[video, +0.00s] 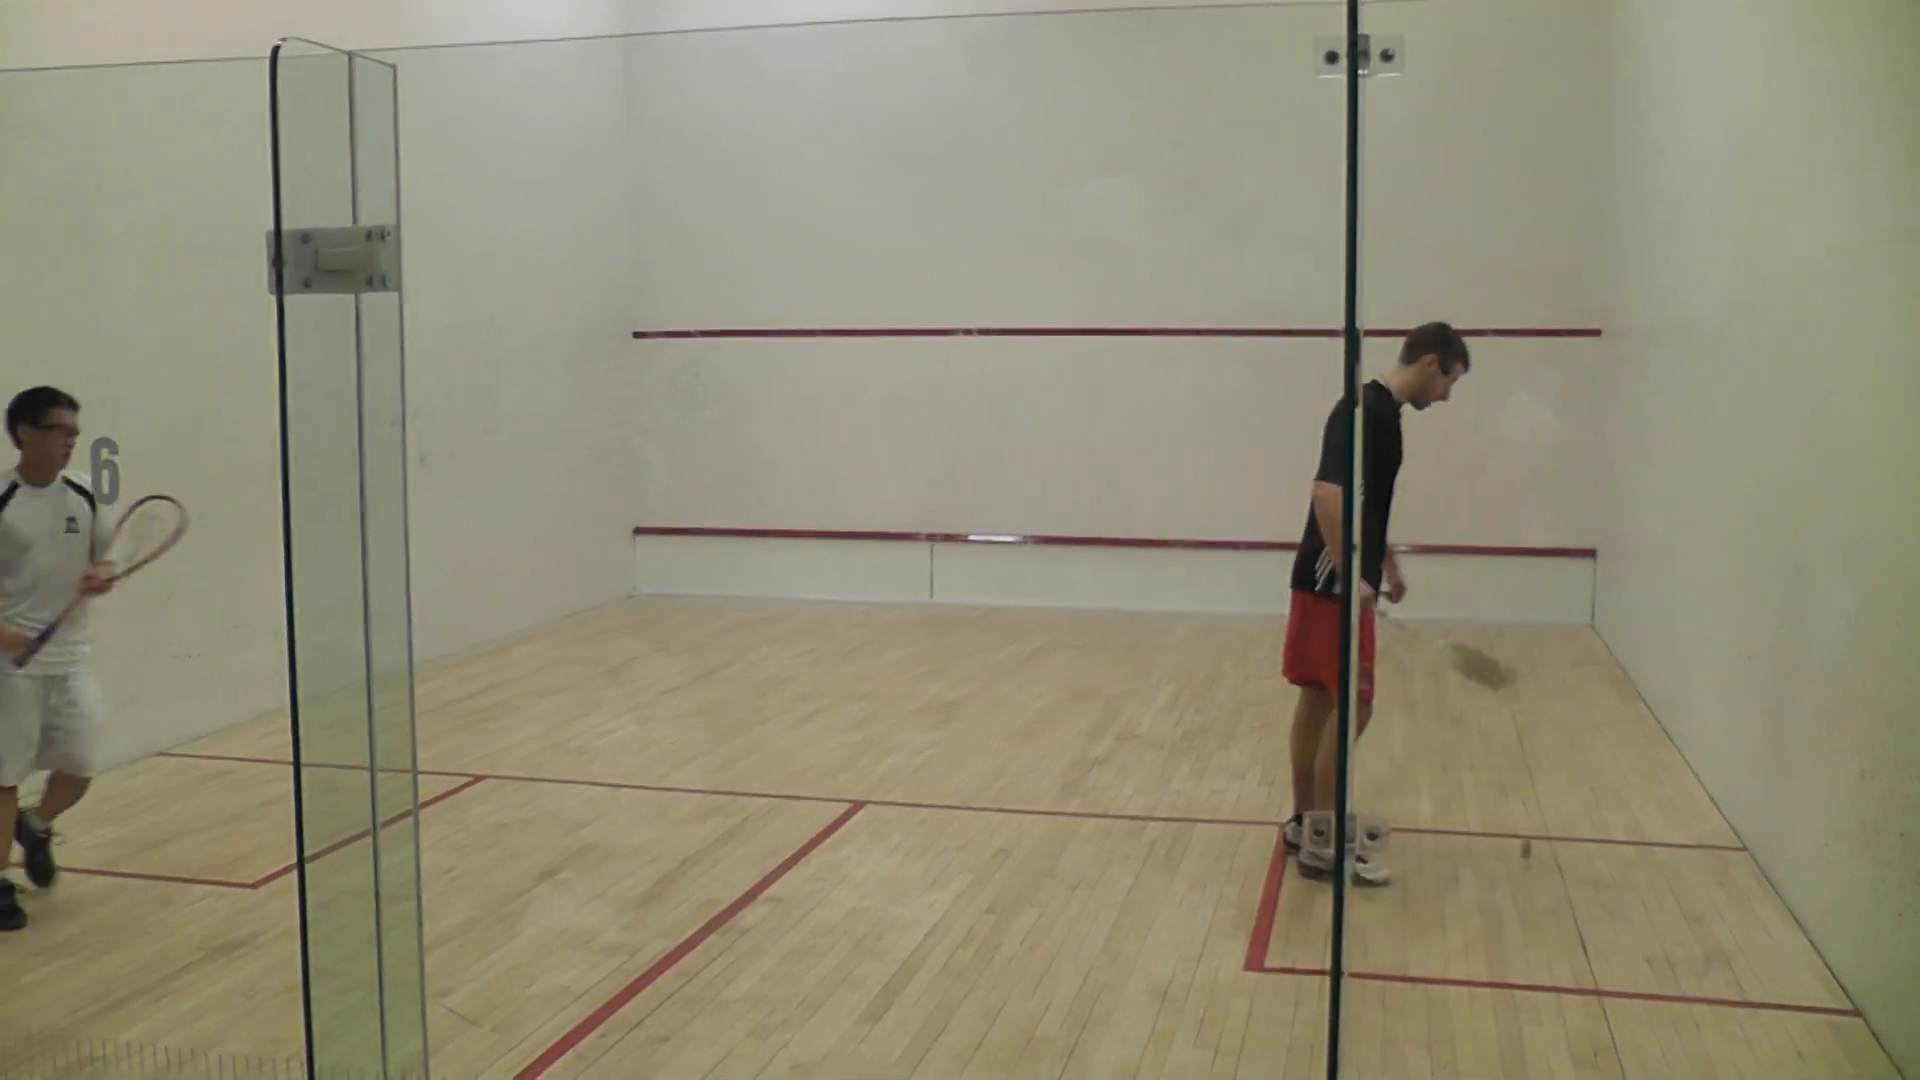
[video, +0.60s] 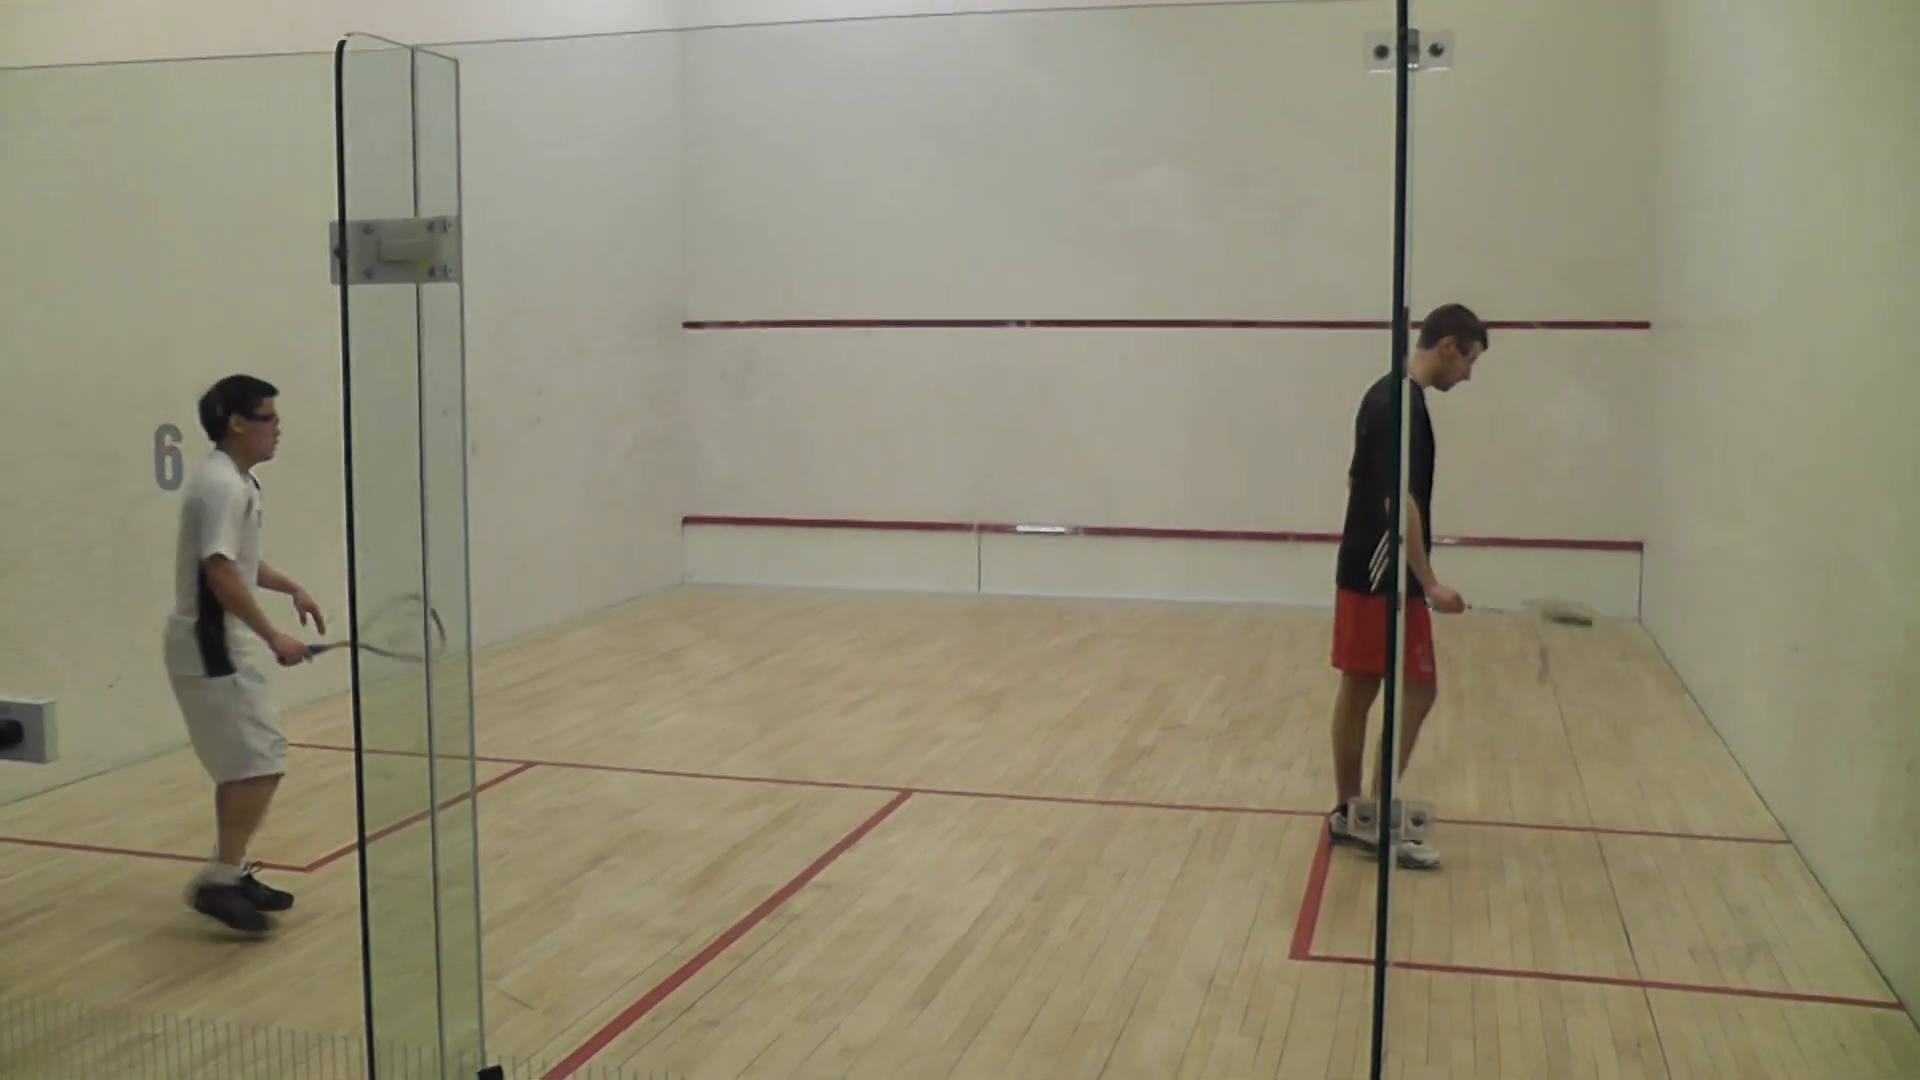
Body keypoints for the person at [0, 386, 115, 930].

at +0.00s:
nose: (70, 442)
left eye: (74, 433)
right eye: (59, 433)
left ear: (74, 438)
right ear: (23, 434)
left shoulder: (83, 500)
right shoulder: (2, 502)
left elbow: (101, 564)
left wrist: (100, 578)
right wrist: (2, 631)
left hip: (68, 660)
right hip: (12, 664)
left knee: (78, 764)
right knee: (7, 778)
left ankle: (35, 826)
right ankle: (1, 878)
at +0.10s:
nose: (101, 437)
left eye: (103, 427)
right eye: (90, 427)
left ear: (101, 432)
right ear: (54, 430)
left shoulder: (105, 496)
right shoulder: (18, 496)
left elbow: (122, 559)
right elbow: (1, 580)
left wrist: (138, 576)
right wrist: (49, 629)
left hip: (93, 651)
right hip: (31, 660)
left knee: (124, 751)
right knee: (20, 773)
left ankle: (91, 855)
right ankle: (9, 875)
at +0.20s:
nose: (141, 445)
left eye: (144, 435)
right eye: (129, 434)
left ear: (144, 439)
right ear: (94, 437)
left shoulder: (144, 507)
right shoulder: (63, 502)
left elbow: (153, 575)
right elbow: (39, 585)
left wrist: (179, 588)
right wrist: (105, 634)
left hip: (126, 664)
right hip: (68, 668)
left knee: (156, 765)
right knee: (46, 776)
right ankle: (26, 878)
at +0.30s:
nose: (186, 444)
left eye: (185, 434)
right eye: (175, 436)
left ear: (170, 444)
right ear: (142, 445)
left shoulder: (182, 508)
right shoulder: (109, 504)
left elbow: (181, 584)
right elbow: (90, 592)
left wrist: (219, 604)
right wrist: (155, 643)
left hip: (163, 670)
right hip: (109, 673)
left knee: (188, 774)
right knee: (83, 779)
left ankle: (205, 887)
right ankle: (41, 869)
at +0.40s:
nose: (223, 440)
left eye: (222, 431)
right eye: (212, 432)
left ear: (197, 440)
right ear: (177, 440)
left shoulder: (213, 501)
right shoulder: (149, 506)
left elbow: (214, 580)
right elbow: (139, 593)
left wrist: (257, 603)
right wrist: (197, 643)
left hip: (203, 661)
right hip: (153, 667)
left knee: (221, 766)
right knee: (149, 785)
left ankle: (216, 883)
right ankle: (78, 842)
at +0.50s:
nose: (251, 432)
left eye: (250, 422)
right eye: (240, 423)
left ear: (220, 431)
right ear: (206, 430)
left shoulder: (230, 491)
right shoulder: (184, 488)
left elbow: (227, 567)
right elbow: (177, 577)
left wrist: (283, 592)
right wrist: (235, 637)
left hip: (216, 643)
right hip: (181, 646)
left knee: (234, 762)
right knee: (212, 768)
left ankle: (224, 879)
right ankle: (137, 845)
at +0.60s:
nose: (277, 428)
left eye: (276, 418)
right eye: (267, 419)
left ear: (242, 426)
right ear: (234, 425)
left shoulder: (239, 481)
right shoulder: (219, 483)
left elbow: (242, 563)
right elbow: (218, 571)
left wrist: (293, 587)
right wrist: (273, 635)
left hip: (221, 644)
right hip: (208, 647)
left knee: (246, 759)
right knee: (261, 759)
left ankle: (232, 873)